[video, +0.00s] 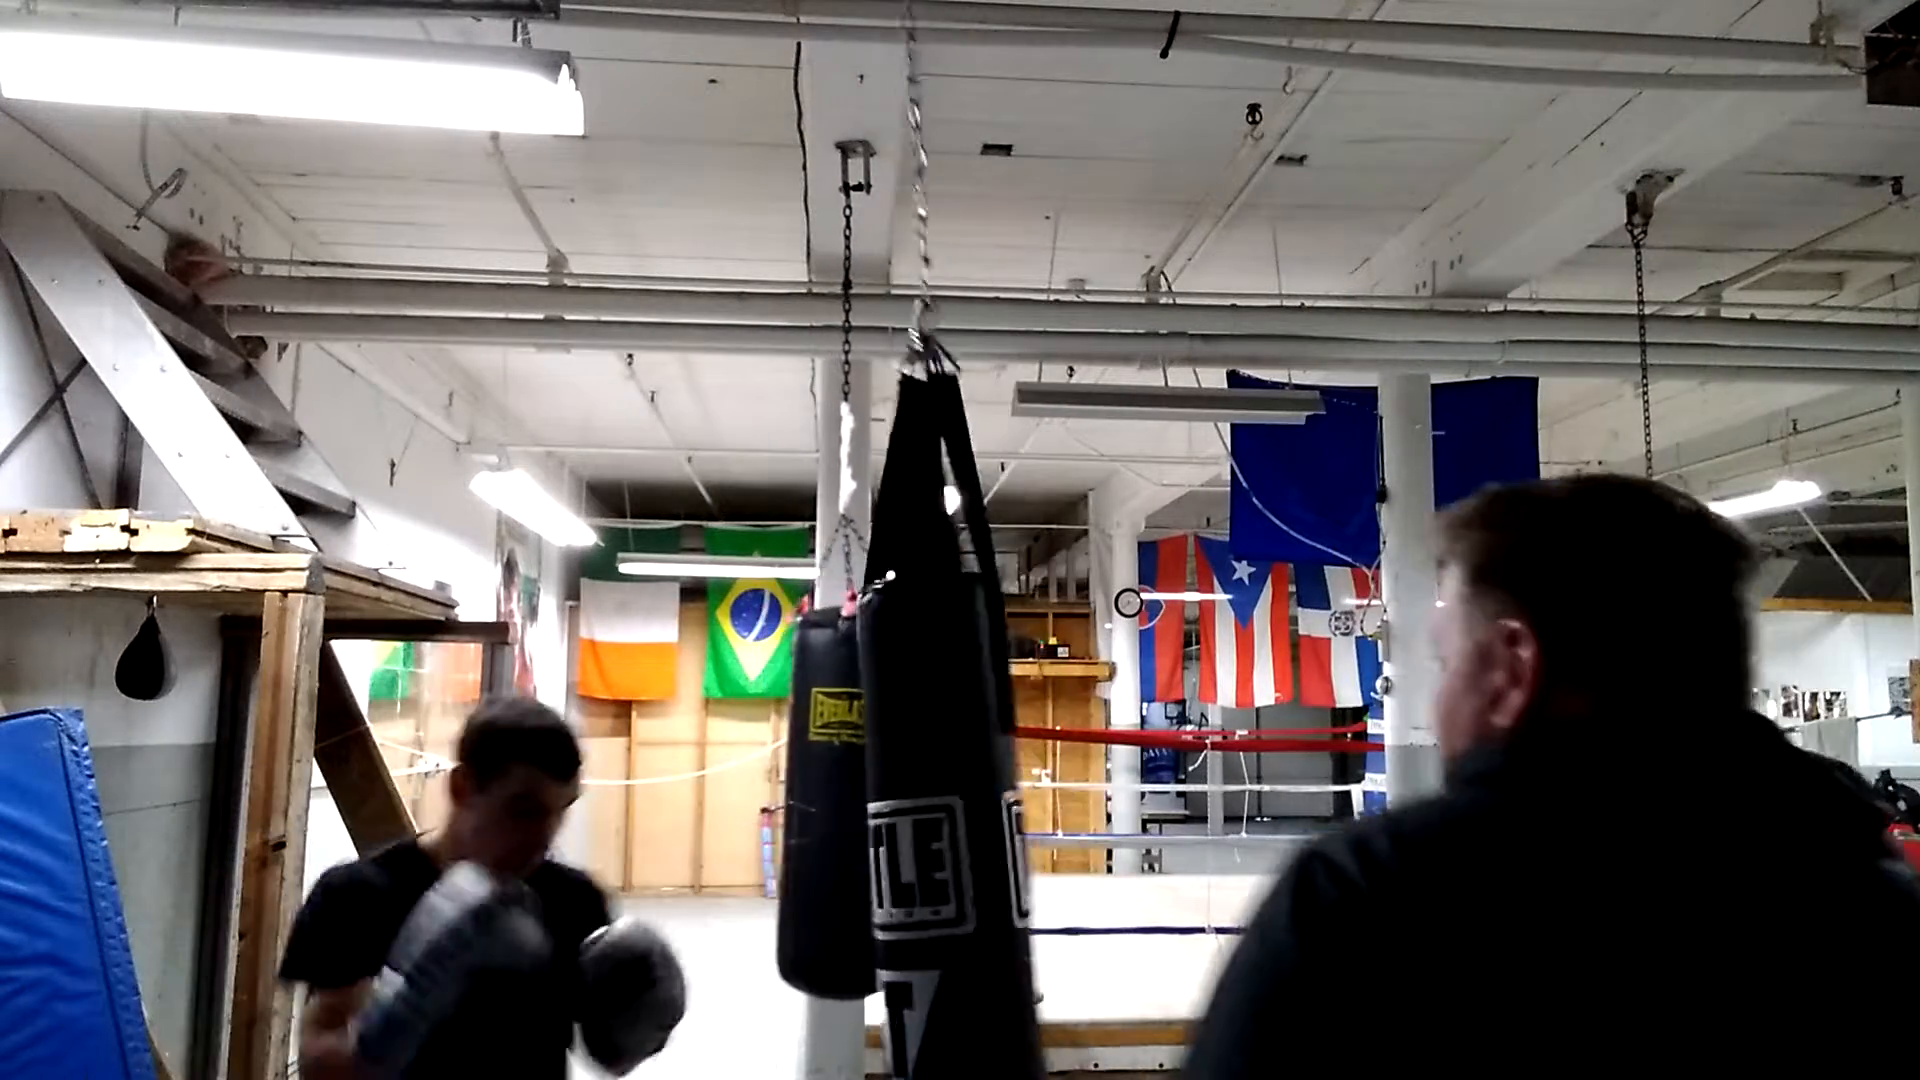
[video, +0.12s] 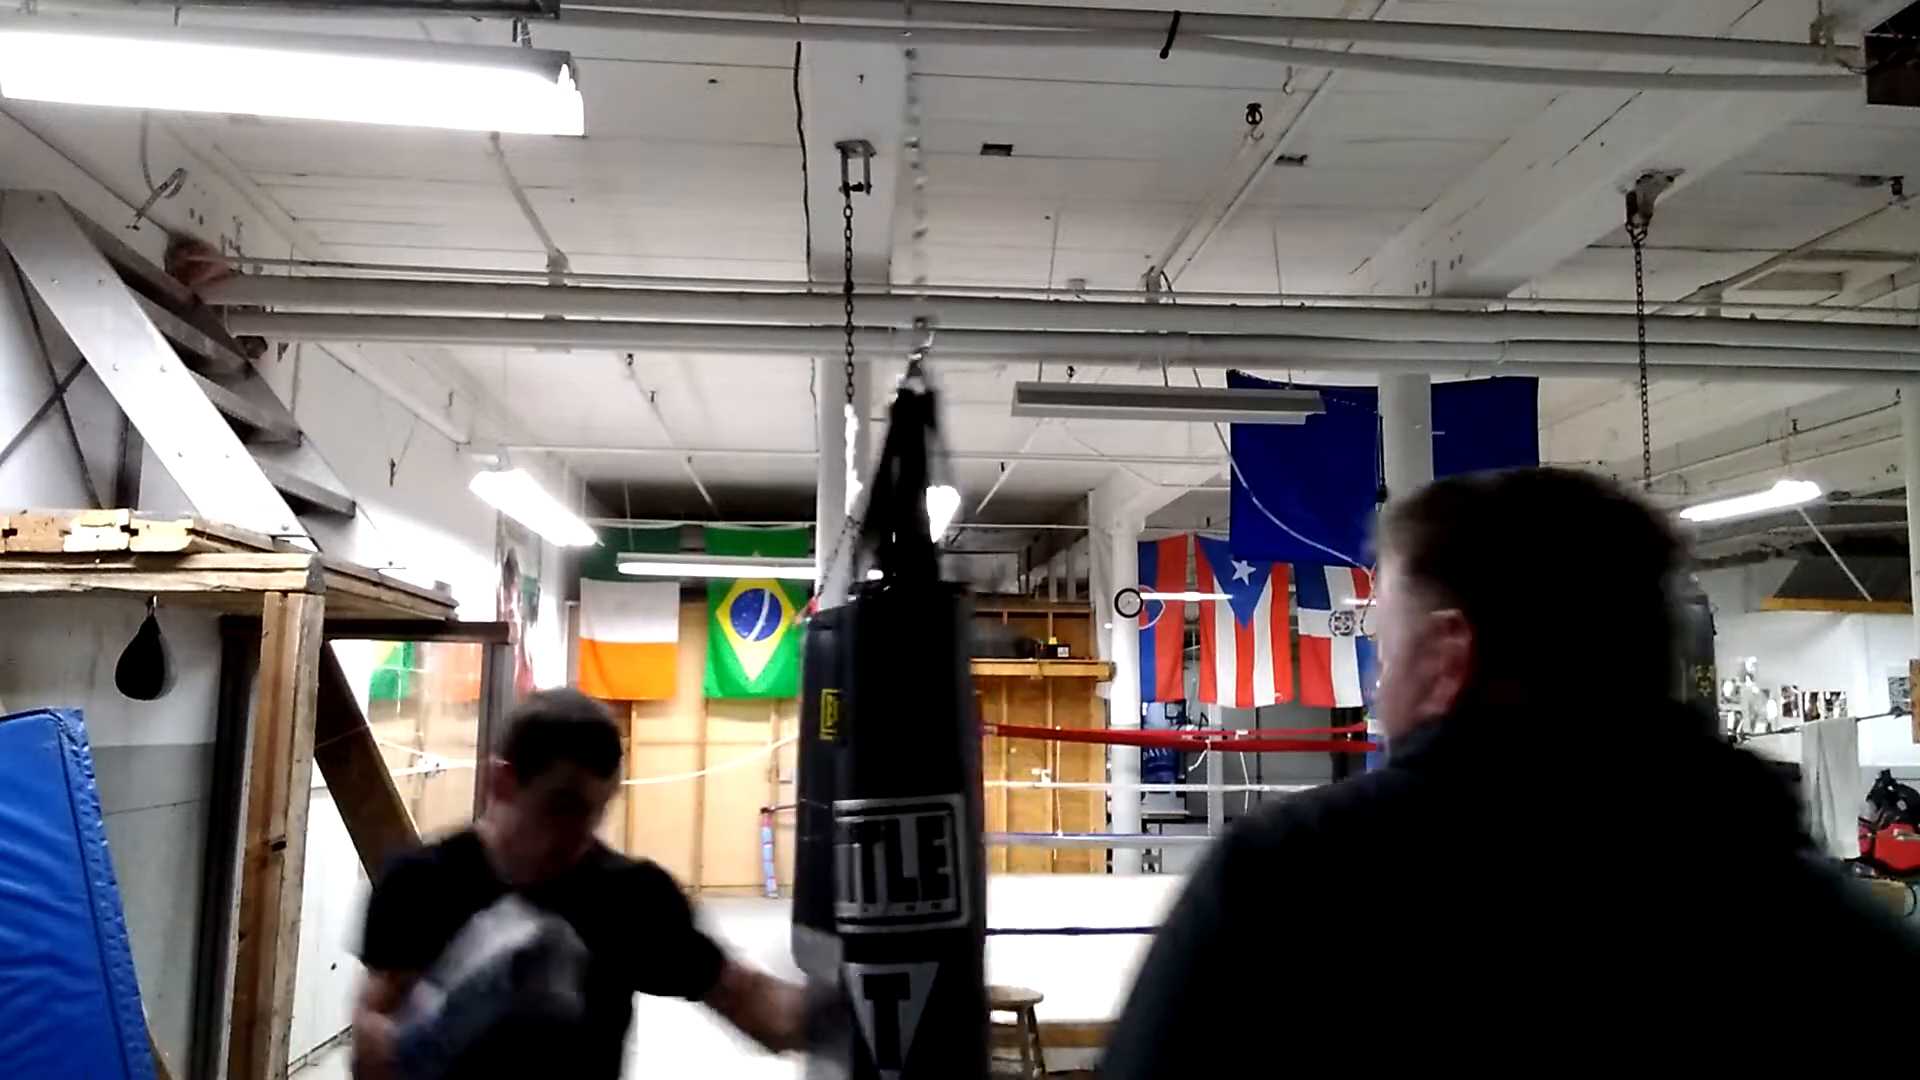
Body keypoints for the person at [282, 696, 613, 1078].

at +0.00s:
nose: (544, 838)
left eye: (559, 816)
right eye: (525, 812)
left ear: (569, 805)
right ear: (462, 789)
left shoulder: (569, 900)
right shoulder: (360, 895)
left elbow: (610, 1053)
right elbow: (317, 1053)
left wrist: (637, 998)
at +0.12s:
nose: (582, 836)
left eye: (597, 811)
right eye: (564, 807)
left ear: (611, 798)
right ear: (500, 783)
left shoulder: (631, 896)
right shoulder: (420, 885)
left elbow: (744, 996)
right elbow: (369, 1025)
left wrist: (824, 1013)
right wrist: (446, 1019)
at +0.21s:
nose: (631, 836)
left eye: (642, 814)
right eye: (611, 812)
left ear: (653, 809)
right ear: (553, 801)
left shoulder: (673, 920)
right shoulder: (457, 917)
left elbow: (776, 1020)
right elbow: (427, 1056)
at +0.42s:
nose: (662, 847)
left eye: (679, 820)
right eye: (638, 820)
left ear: (690, 813)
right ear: (577, 806)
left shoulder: (726, 911)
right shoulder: (503, 908)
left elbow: (822, 1016)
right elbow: (466, 1040)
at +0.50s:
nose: (655, 830)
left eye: (678, 802)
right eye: (634, 800)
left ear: (695, 790)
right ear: (590, 779)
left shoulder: (750, 916)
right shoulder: (534, 902)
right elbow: (498, 1069)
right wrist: (493, 912)